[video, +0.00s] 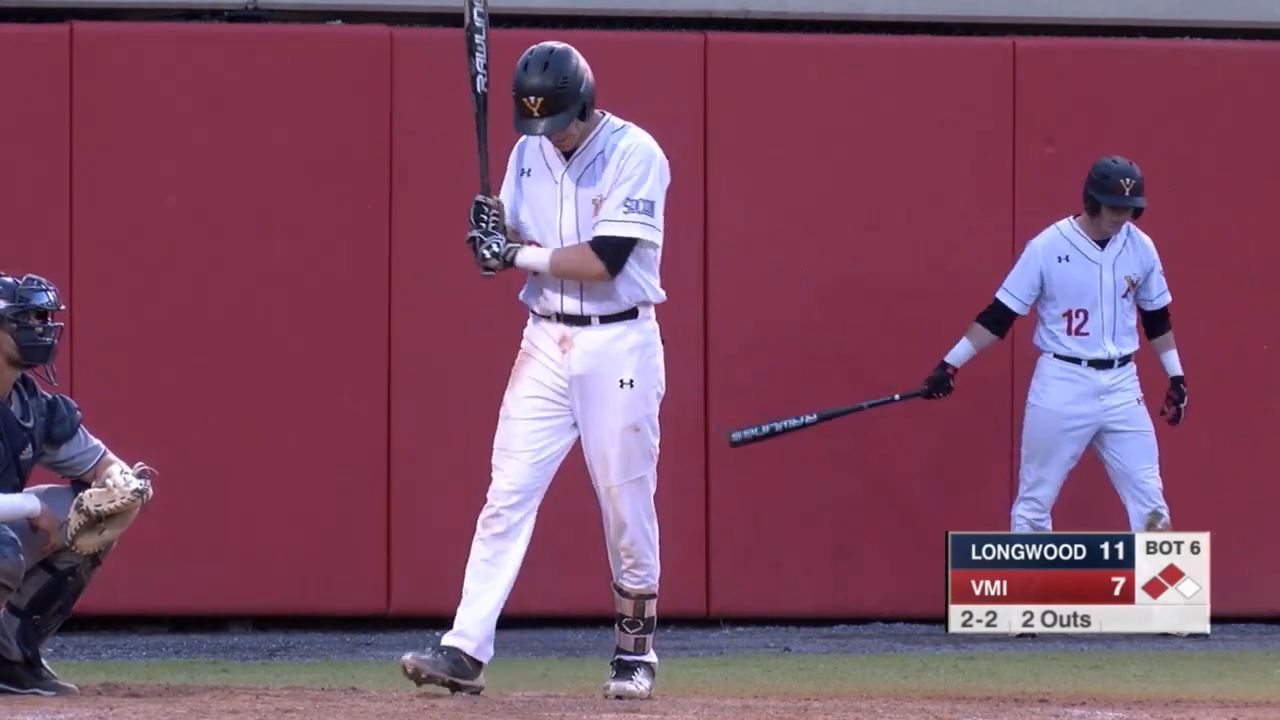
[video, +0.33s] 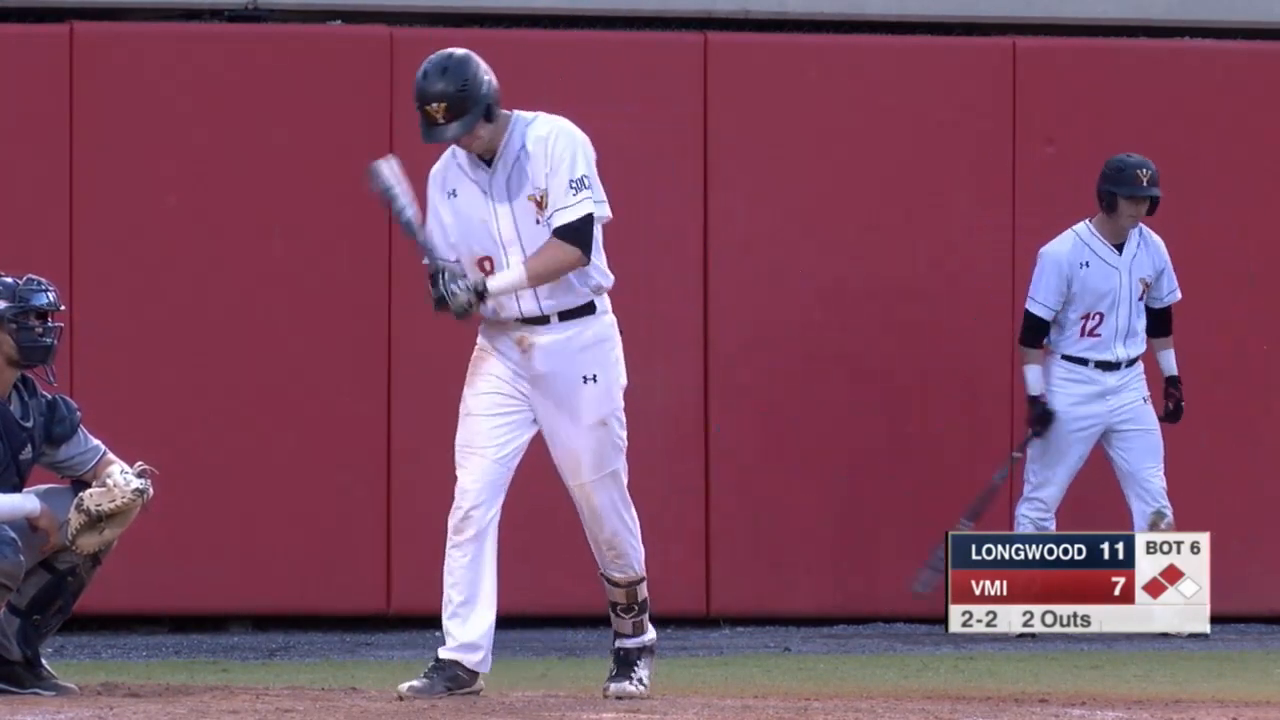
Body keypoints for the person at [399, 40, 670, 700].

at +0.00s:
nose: (545, 131)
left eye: (554, 118)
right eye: (536, 119)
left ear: (583, 102)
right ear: (527, 107)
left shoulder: (635, 152)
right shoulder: (528, 150)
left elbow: (604, 262)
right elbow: (513, 238)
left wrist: (516, 252)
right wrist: (492, 235)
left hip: (617, 346)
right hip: (544, 343)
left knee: (624, 499)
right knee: (507, 496)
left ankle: (634, 651)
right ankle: (465, 650)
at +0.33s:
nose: (457, 141)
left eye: (462, 126)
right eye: (446, 131)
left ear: (488, 107)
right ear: (438, 121)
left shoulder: (556, 139)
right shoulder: (443, 177)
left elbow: (574, 245)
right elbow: (450, 281)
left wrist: (489, 284)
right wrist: (453, 294)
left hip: (577, 347)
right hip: (500, 351)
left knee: (599, 496)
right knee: (471, 503)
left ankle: (633, 647)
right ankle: (460, 662)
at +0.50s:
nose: (430, 143)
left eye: (436, 129)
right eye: (419, 135)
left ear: (460, 104)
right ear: (410, 124)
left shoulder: (532, 137)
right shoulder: (416, 181)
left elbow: (567, 244)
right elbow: (433, 284)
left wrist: (518, 320)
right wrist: (460, 329)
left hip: (566, 340)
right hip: (487, 356)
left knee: (594, 489)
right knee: (463, 508)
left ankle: (635, 613)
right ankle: (460, 661)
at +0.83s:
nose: (440, 150)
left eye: (445, 135)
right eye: (428, 142)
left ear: (469, 111)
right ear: (417, 131)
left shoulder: (541, 145)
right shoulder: (423, 184)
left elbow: (590, 254)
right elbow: (440, 291)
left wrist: (565, 338)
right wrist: (472, 357)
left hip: (583, 331)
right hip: (501, 352)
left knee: (641, 472)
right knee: (470, 510)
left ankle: (715, 634)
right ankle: (461, 661)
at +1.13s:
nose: (526, 201)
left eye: (533, 188)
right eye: (515, 191)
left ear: (560, 164)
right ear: (503, 171)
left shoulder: (622, 195)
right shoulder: (513, 201)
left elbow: (659, 309)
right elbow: (504, 285)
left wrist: (627, 398)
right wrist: (464, 375)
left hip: (651, 370)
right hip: (571, 373)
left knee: (684, 498)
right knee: (502, 512)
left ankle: (753, 660)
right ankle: (462, 663)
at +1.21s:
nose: (543, 212)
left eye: (551, 200)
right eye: (532, 202)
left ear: (580, 176)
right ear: (519, 179)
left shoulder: (639, 207)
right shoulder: (527, 202)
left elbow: (667, 324)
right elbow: (526, 276)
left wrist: (633, 412)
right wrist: (497, 356)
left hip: (660, 374)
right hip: (578, 373)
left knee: (694, 504)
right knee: (513, 510)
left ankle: (755, 661)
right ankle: (462, 664)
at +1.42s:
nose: (583, 247)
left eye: (596, 239)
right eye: (575, 234)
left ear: (627, 220)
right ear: (564, 204)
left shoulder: (674, 253)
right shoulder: (562, 206)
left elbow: (673, 372)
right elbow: (586, 283)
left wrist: (643, 465)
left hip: (666, 377)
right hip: (587, 372)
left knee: (697, 501)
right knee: (526, 506)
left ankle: (754, 661)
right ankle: (463, 663)